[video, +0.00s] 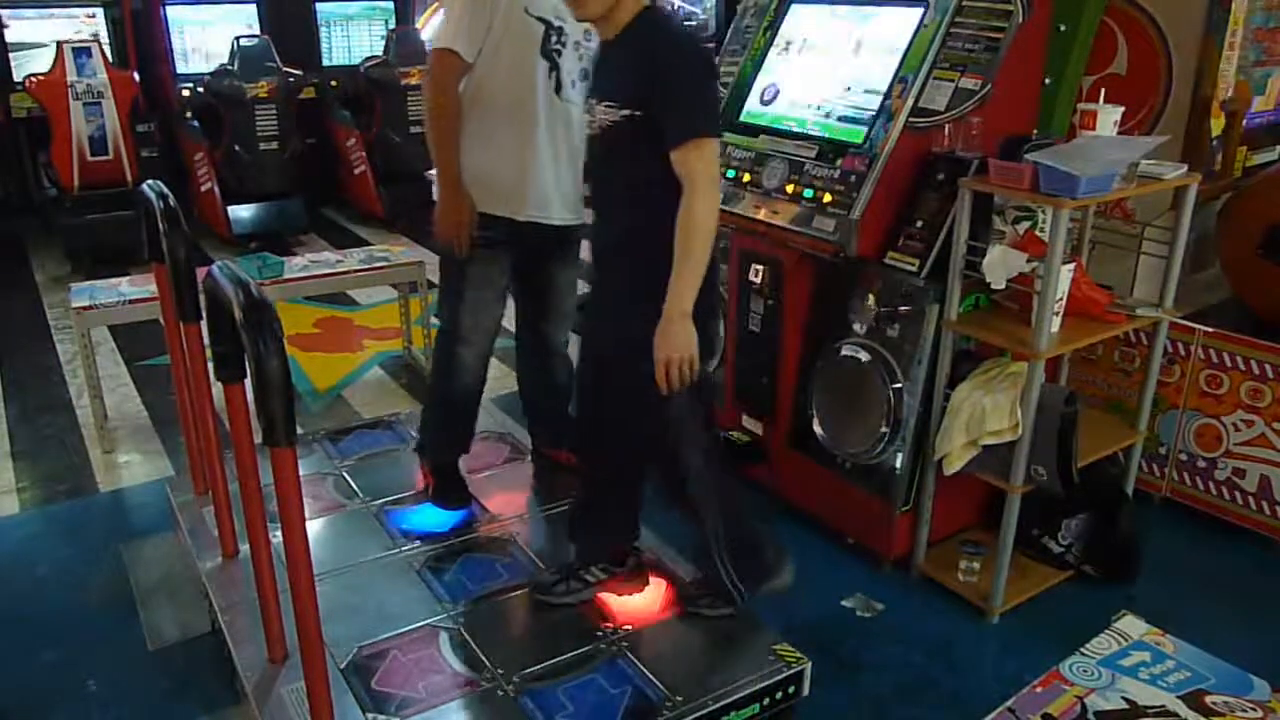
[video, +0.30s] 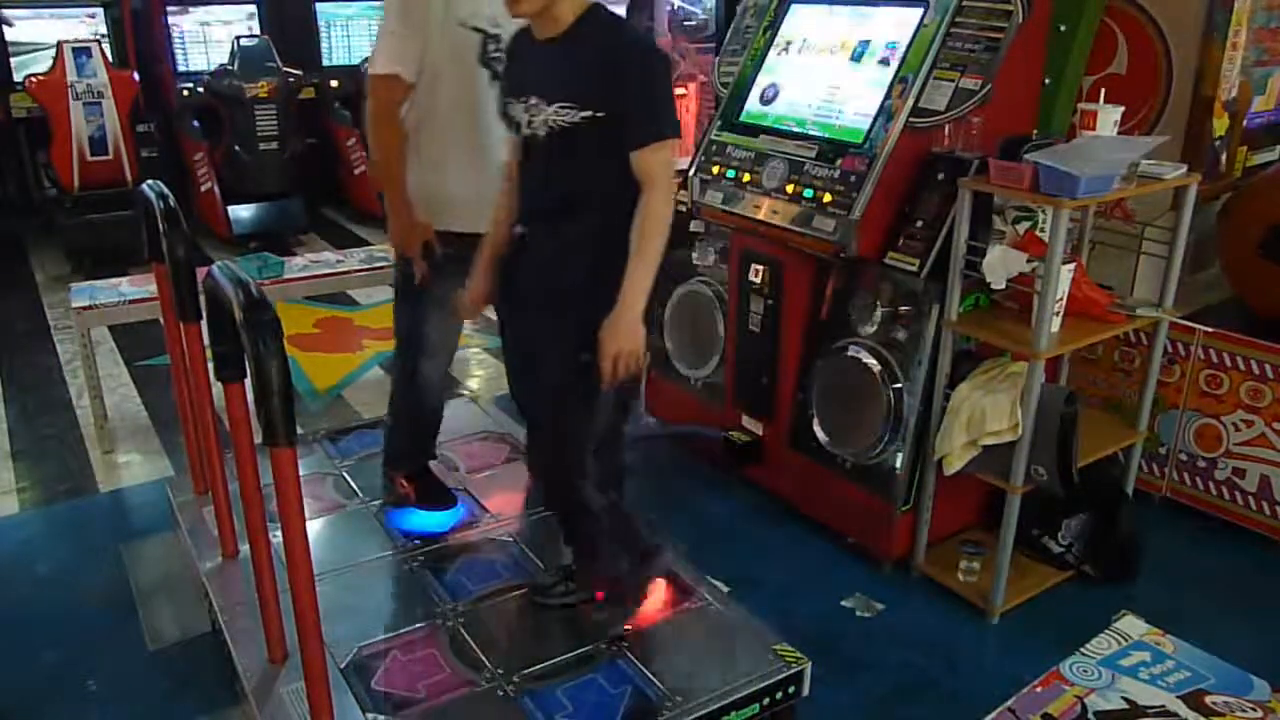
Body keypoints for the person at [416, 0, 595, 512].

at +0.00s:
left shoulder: (589, 16)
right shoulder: (487, 3)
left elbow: (590, 108)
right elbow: (441, 76)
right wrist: (450, 189)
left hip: (558, 207)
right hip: (484, 204)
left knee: (551, 344)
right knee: (466, 349)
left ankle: (554, 448)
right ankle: (442, 464)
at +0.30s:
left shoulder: (543, 11)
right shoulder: (421, 5)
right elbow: (383, 96)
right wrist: (398, 210)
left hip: (527, 218)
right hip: (442, 219)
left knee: (544, 358)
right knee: (427, 361)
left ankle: (559, 470)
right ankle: (407, 467)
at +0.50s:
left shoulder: (497, 8)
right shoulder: (366, 6)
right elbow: (327, 99)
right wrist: (332, 214)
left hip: (483, 207)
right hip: (394, 214)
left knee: (517, 350)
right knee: (406, 355)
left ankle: (548, 466)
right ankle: (408, 469)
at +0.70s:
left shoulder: (474, 7)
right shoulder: (337, 5)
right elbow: (263, 88)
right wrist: (253, 213)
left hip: (459, 202)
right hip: (375, 209)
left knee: (476, 337)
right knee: (395, 347)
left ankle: (471, 447)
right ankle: (408, 467)